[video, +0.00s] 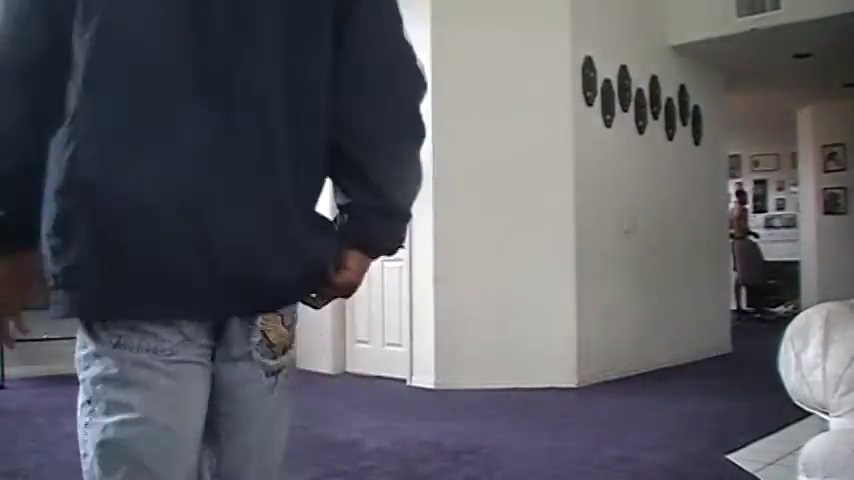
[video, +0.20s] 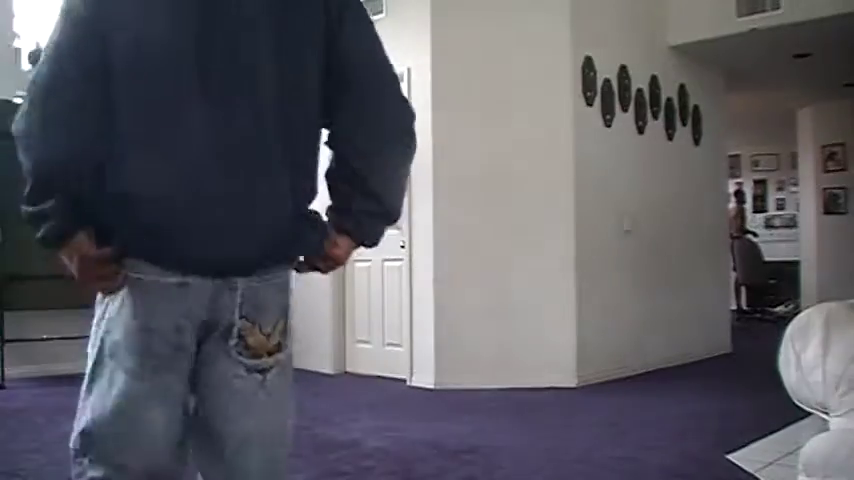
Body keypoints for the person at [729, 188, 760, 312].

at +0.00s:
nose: (747, 199)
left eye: (746, 196)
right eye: (745, 197)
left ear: (737, 197)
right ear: (743, 198)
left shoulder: (734, 210)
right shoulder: (742, 211)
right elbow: (742, 228)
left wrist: (749, 232)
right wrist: (752, 233)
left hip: (738, 243)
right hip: (742, 243)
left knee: (740, 275)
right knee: (742, 275)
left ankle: (739, 305)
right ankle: (741, 306)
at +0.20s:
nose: (745, 199)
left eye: (743, 196)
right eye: (743, 197)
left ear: (734, 197)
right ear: (741, 197)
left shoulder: (731, 208)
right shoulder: (739, 209)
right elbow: (741, 228)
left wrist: (747, 232)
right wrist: (752, 233)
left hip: (732, 241)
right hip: (738, 242)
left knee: (737, 274)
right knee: (741, 274)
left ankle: (738, 304)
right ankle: (740, 305)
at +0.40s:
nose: (744, 199)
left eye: (744, 197)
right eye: (743, 197)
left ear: (735, 197)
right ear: (740, 198)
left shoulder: (732, 209)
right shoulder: (739, 210)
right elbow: (740, 229)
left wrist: (749, 232)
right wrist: (752, 233)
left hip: (734, 243)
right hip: (738, 244)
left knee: (738, 276)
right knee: (743, 275)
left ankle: (739, 305)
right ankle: (743, 305)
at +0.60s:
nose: (745, 199)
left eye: (744, 197)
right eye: (744, 197)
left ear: (735, 197)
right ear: (741, 197)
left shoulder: (731, 208)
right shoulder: (739, 210)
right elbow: (741, 229)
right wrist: (752, 233)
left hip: (733, 242)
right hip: (738, 243)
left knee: (737, 274)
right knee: (741, 275)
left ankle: (738, 304)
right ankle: (740, 305)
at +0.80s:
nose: (746, 199)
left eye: (745, 196)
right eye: (745, 196)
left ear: (736, 196)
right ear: (741, 197)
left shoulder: (733, 208)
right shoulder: (739, 210)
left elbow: (738, 228)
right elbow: (740, 230)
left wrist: (750, 233)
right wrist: (753, 233)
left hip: (734, 242)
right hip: (738, 243)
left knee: (738, 275)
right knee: (741, 275)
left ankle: (739, 304)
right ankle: (741, 306)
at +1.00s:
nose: (748, 199)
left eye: (747, 197)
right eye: (747, 197)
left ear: (737, 196)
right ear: (743, 197)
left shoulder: (732, 208)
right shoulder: (740, 209)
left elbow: (731, 231)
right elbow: (741, 231)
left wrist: (749, 232)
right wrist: (754, 233)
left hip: (734, 244)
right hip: (741, 245)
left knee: (737, 276)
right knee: (742, 276)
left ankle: (738, 304)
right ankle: (742, 305)